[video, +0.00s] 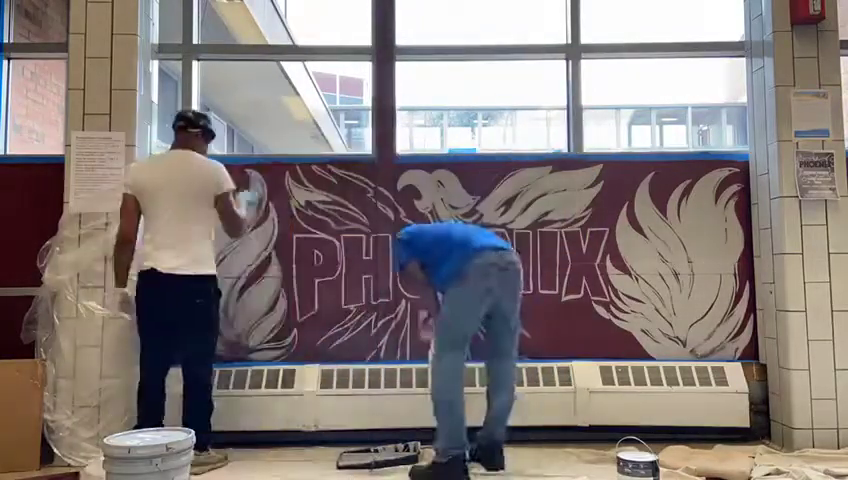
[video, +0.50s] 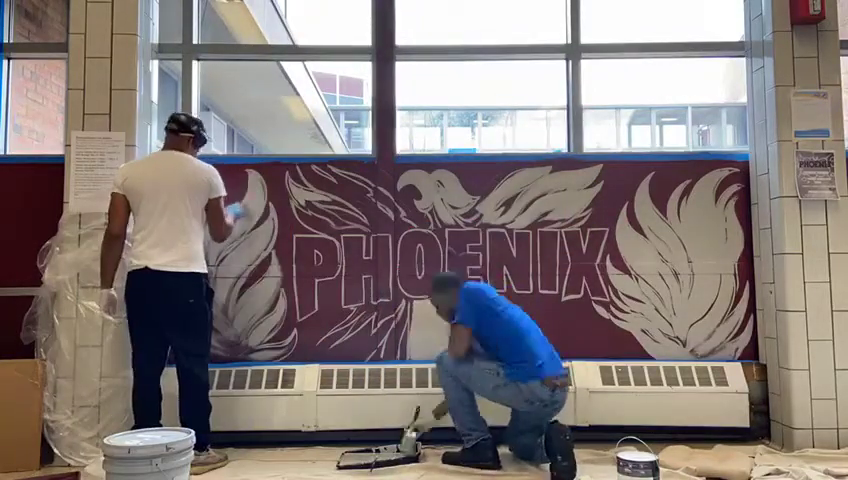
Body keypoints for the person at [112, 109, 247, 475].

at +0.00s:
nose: (209, 147)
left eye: (209, 142)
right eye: (209, 142)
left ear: (175, 134)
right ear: (202, 138)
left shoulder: (140, 170)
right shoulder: (213, 170)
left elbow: (126, 237)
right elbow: (235, 228)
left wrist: (121, 285)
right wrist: (247, 209)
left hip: (153, 283)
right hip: (198, 284)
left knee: (152, 372)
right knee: (198, 372)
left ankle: (147, 452)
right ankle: (198, 450)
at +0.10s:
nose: (202, 148)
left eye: (201, 142)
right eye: (203, 142)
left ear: (169, 137)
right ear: (198, 139)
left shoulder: (137, 172)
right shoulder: (210, 168)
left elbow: (123, 235)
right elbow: (250, 215)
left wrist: (115, 287)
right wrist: (251, 188)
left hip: (150, 283)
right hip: (196, 283)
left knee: (150, 370)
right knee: (197, 369)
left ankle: (148, 452)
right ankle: (198, 449)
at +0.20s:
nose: (204, 147)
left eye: (203, 142)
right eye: (204, 142)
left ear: (169, 135)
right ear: (198, 138)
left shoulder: (136, 171)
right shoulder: (210, 169)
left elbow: (122, 234)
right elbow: (243, 221)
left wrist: (113, 286)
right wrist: (254, 199)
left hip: (149, 282)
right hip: (195, 283)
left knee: (150, 370)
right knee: (196, 369)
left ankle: (148, 452)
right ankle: (198, 449)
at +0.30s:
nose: (203, 146)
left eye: (201, 141)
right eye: (203, 141)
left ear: (168, 135)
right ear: (197, 137)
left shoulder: (136, 170)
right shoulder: (210, 169)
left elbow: (121, 234)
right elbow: (241, 223)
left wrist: (113, 286)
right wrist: (253, 201)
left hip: (147, 282)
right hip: (193, 283)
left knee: (148, 371)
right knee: (195, 369)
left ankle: (147, 453)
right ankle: (198, 449)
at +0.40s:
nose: (196, 147)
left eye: (194, 142)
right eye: (197, 142)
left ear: (162, 137)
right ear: (192, 140)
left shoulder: (131, 172)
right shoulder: (205, 170)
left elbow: (117, 236)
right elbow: (235, 222)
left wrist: (110, 288)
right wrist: (239, 199)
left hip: (145, 283)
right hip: (191, 283)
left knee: (147, 371)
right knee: (194, 368)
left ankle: (147, 452)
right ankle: (198, 449)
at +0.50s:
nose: (199, 152)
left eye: (199, 148)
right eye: (200, 147)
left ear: (165, 137)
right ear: (193, 142)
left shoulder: (130, 172)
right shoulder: (205, 173)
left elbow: (115, 233)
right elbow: (220, 232)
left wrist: (106, 286)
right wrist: (228, 218)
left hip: (142, 283)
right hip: (188, 284)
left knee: (146, 370)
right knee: (193, 368)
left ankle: (146, 452)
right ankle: (198, 450)